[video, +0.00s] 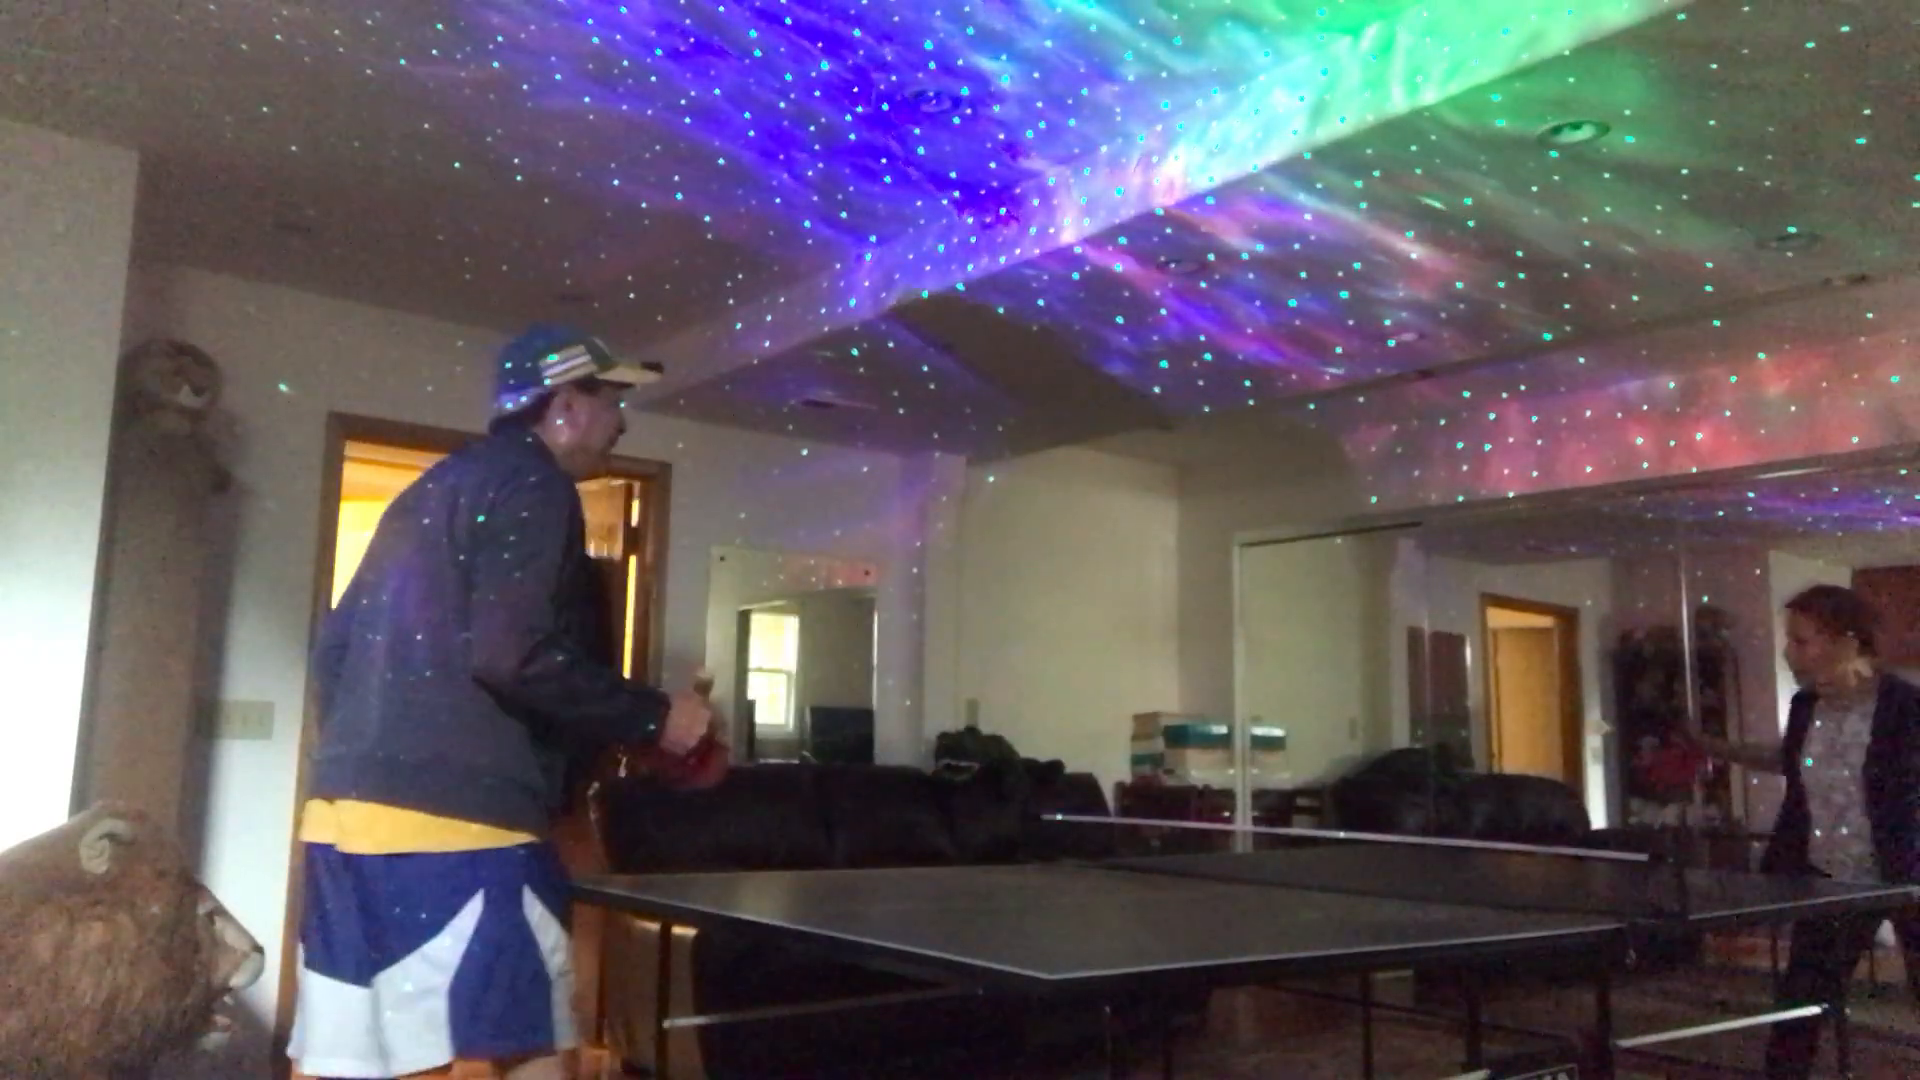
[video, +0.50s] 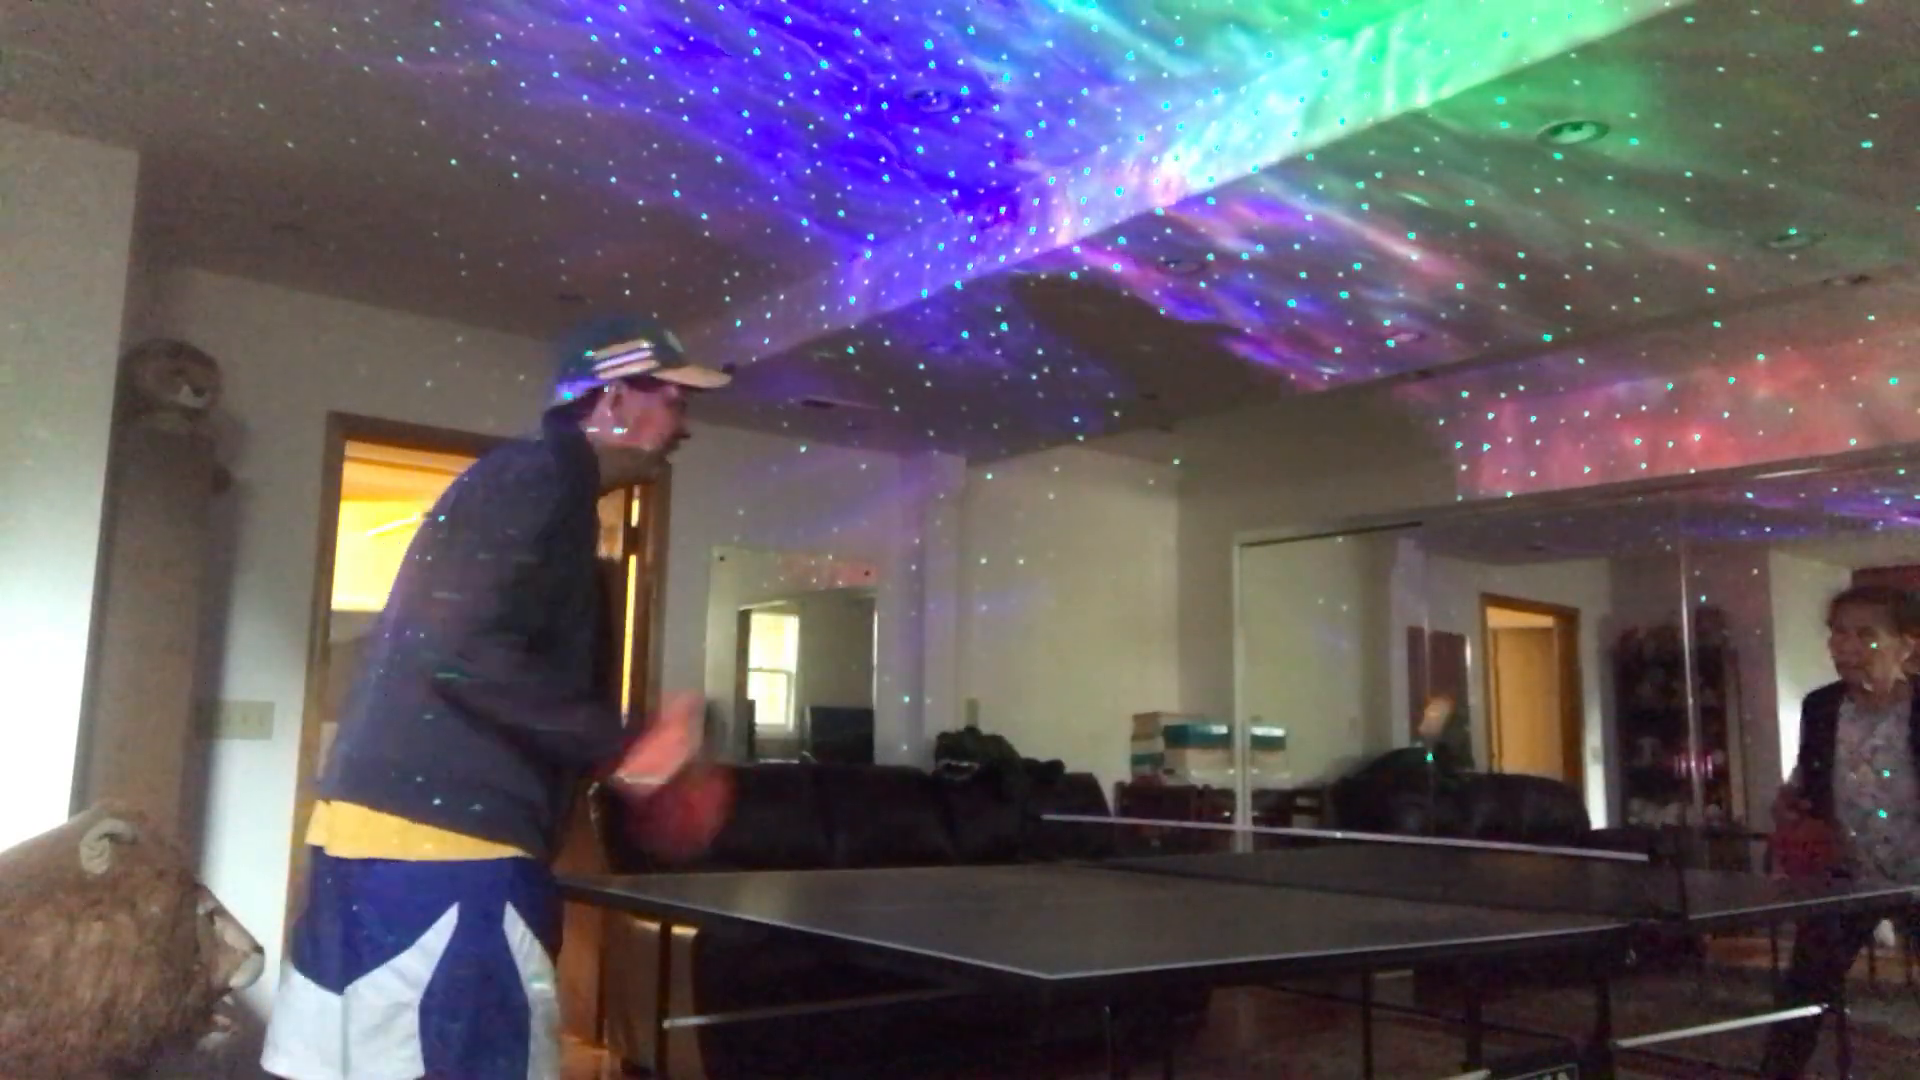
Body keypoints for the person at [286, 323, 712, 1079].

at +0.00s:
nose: (621, 423)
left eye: (621, 404)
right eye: (613, 402)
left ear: (529, 403)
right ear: (565, 404)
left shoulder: (423, 491)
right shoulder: (535, 487)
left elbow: (336, 642)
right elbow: (511, 652)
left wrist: (382, 757)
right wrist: (654, 714)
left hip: (345, 824)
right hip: (459, 829)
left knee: (348, 1062)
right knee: (530, 1061)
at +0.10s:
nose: (617, 416)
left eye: (615, 397)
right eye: (606, 395)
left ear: (527, 404)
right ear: (556, 404)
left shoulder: (421, 488)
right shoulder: (532, 487)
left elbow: (332, 643)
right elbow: (517, 659)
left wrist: (384, 754)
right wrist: (668, 711)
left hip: (340, 829)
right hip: (451, 835)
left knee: (351, 1060)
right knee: (505, 1058)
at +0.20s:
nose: (627, 418)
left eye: (625, 399)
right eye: (617, 398)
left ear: (530, 399)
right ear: (571, 401)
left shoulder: (427, 487)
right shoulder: (537, 488)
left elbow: (341, 640)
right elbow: (539, 665)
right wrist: (683, 704)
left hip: (340, 827)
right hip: (450, 834)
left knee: (340, 1060)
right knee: (487, 1063)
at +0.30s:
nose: (643, 414)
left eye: (642, 395)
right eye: (633, 393)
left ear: (552, 399)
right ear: (582, 399)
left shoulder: (449, 480)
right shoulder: (548, 487)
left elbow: (354, 638)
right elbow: (566, 664)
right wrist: (714, 689)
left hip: (345, 829)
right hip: (446, 839)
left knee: (358, 1060)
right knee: (475, 1064)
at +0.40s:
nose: (667, 422)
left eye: (666, 401)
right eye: (656, 398)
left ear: (596, 401)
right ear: (602, 398)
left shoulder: (470, 476)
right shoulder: (550, 477)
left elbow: (374, 644)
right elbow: (540, 659)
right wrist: (708, 684)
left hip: (350, 832)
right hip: (443, 844)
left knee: (358, 1059)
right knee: (469, 1064)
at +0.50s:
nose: (684, 427)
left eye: (684, 404)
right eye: (674, 400)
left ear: (606, 400)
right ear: (615, 399)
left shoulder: (520, 477)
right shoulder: (540, 474)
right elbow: (458, 642)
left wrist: (638, 789)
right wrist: (616, 741)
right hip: (443, 842)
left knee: (349, 1061)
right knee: (469, 1060)